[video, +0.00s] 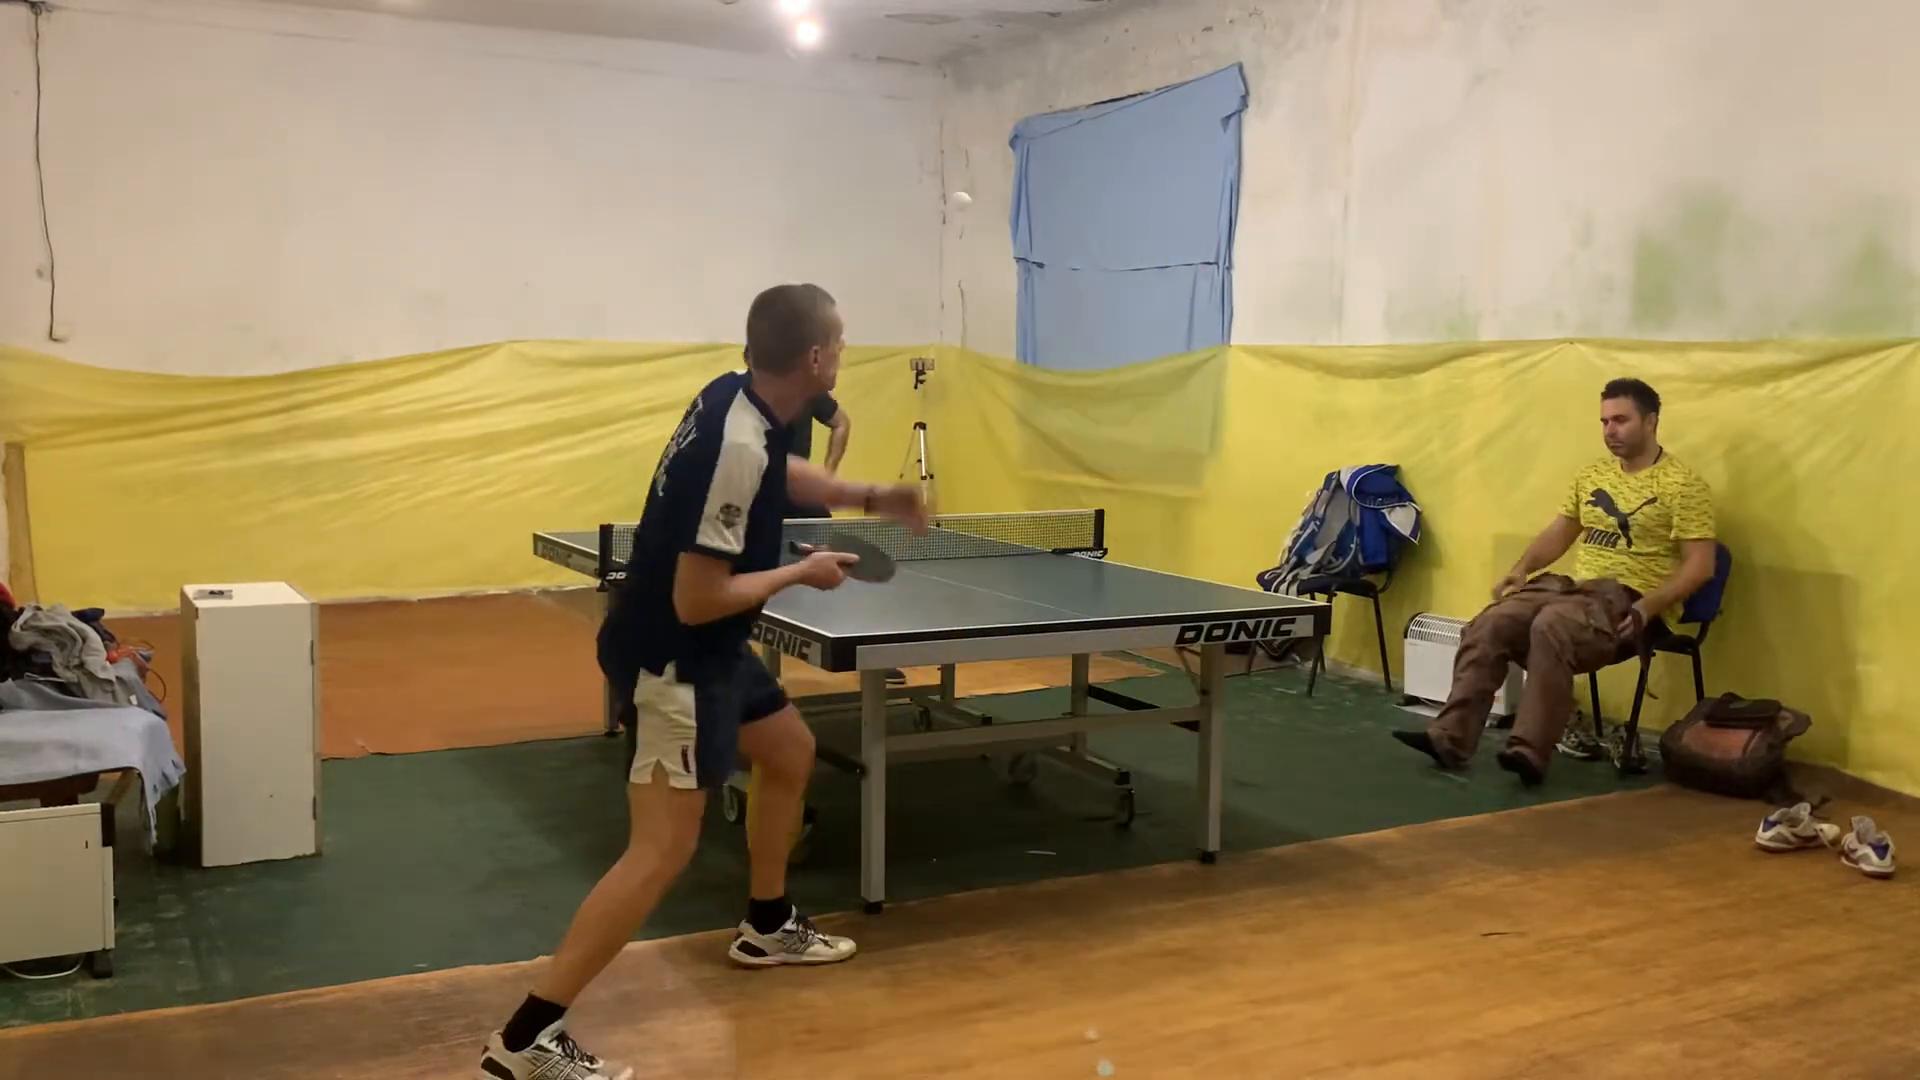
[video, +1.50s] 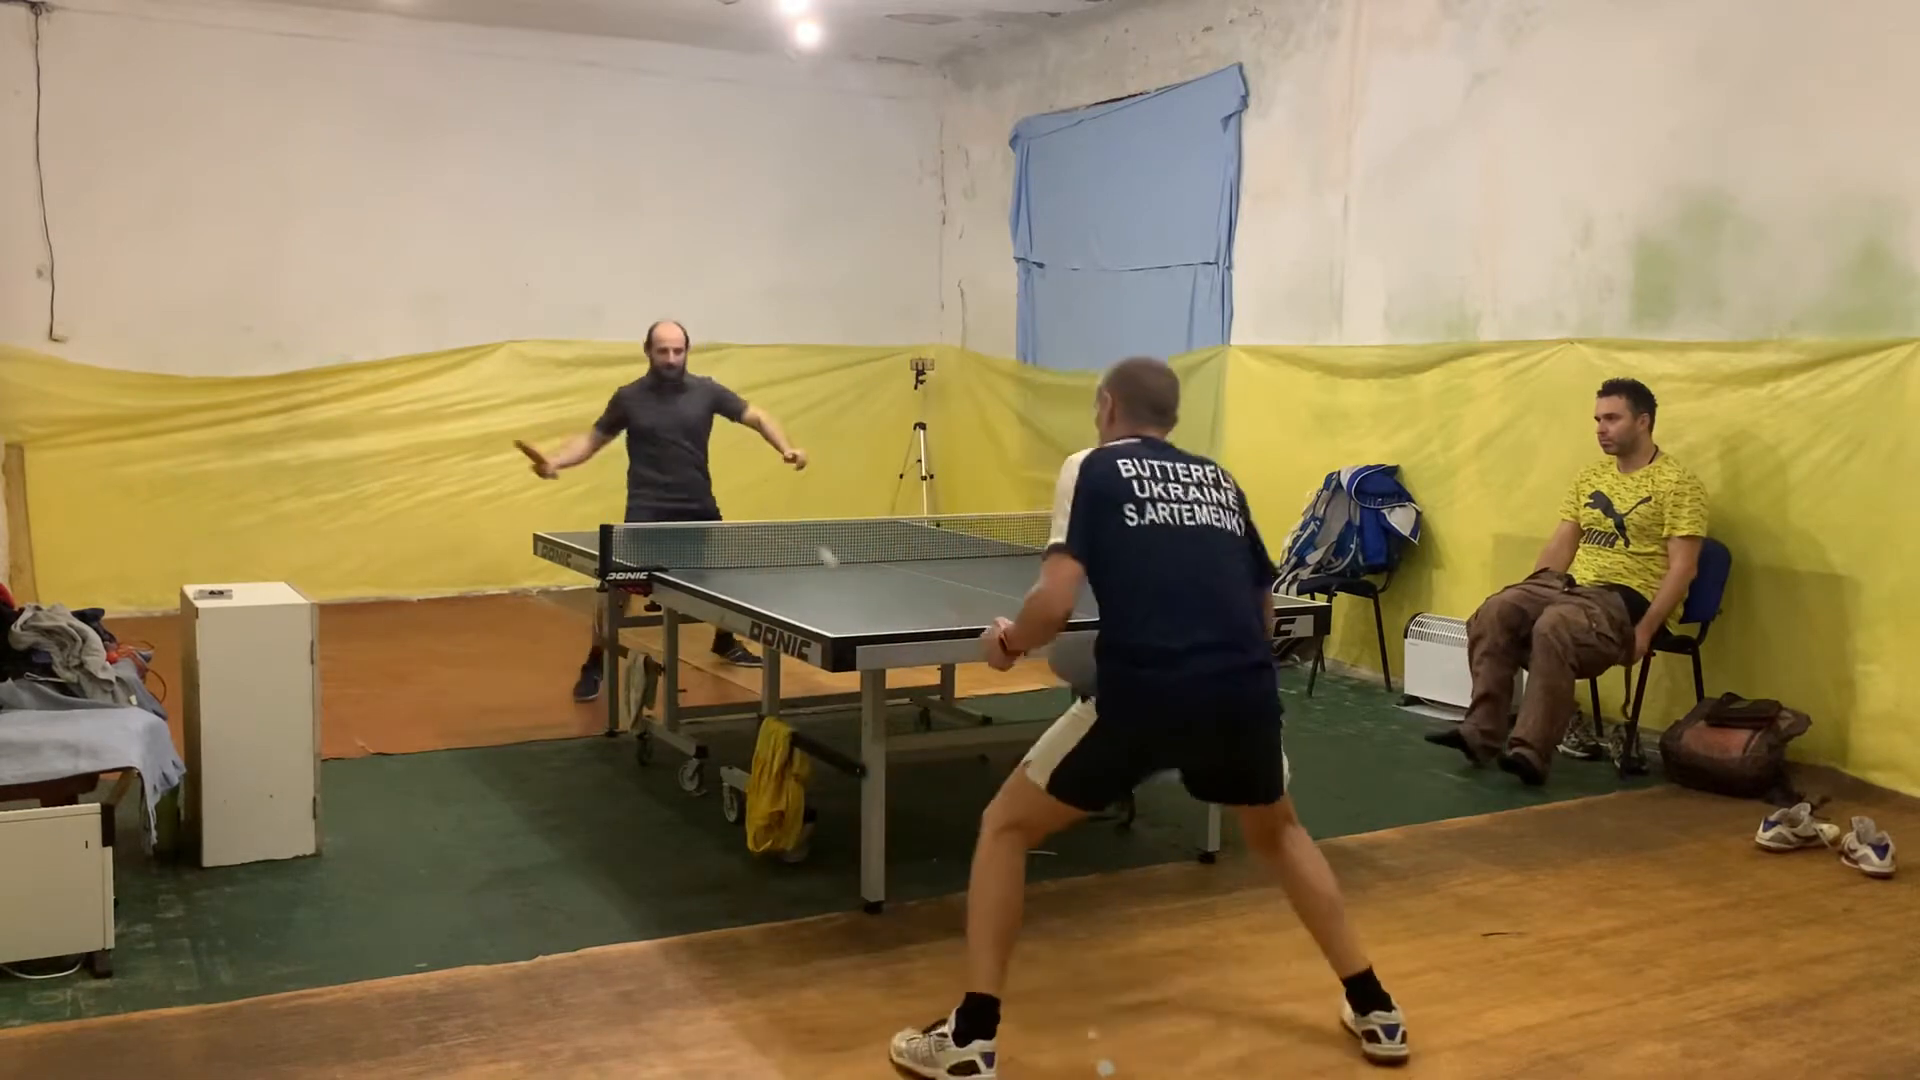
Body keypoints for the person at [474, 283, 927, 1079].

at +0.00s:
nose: (841, 361)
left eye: (839, 349)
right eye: (838, 350)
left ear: (764, 351)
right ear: (814, 361)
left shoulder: (743, 404)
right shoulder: (732, 445)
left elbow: (774, 480)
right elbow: (696, 597)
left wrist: (871, 498)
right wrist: (799, 571)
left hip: (712, 643)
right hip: (672, 658)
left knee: (789, 754)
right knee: (661, 848)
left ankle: (767, 925)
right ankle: (528, 1034)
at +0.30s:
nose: (886, 406)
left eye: (886, 394)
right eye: (885, 395)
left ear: (823, 379)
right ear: (862, 400)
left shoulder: (797, 435)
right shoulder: (750, 441)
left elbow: (738, 539)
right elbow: (670, 577)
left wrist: (818, 533)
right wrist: (786, 545)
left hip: (708, 634)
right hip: (660, 648)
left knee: (784, 726)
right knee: (675, 856)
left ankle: (695, 889)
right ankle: (528, 1032)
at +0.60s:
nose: (926, 434)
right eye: (928, 424)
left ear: (860, 396)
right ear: (920, 423)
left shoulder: (785, 429)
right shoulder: (896, 490)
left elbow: (678, 516)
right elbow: (866, 629)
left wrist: (654, 622)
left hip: (711, 637)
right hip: (781, 656)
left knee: (768, 792)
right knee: (805, 852)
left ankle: (748, 939)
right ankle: (640, 969)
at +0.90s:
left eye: (916, 351)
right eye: (979, 363)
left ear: (916, 353)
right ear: (983, 367)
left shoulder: (864, 403)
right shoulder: (1001, 448)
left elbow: (785, 496)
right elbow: (983, 577)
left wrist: (748, 615)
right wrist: (940, 627)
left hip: (848, 636)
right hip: (945, 644)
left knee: (818, 763)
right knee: (1028, 802)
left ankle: (783, 939)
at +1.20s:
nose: (1030, 343)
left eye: (1032, 332)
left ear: (1038, 335)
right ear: (1108, 344)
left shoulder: (1008, 397)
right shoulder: (1155, 414)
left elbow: (966, 513)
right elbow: (1173, 560)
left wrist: (930, 597)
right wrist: (1108, 585)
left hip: (1038, 643)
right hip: (1141, 644)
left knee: (933, 792)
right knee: (1191, 790)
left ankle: (865, 973)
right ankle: (1224, 977)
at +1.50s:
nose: (1095, 425)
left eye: (1096, 413)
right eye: (1097, 414)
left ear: (1108, 410)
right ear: (1173, 419)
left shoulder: (1090, 467)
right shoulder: (1221, 479)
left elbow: (1057, 597)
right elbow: (1260, 607)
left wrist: (1011, 644)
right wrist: (1216, 659)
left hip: (1136, 703)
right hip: (1243, 702)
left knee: (1005, 828)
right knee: (1281, 834)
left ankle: (972, 1033)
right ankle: (1375, 1009)